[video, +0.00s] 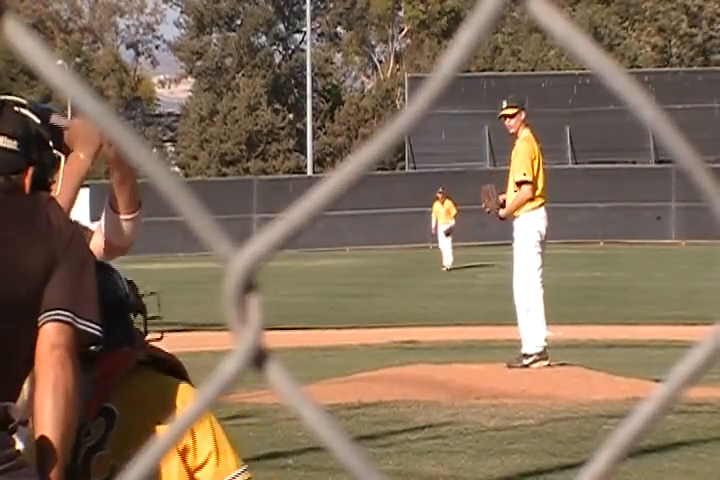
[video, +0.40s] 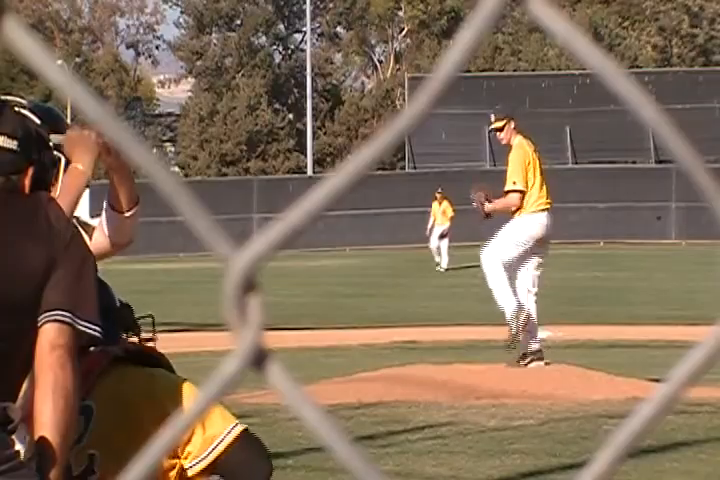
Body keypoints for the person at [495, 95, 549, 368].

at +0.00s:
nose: (508, 122)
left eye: (512, 116)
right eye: (505, 118)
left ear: (523, 116)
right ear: (505, 121)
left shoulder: (524, 145)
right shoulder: (524, 142)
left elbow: (527, 189)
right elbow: (523, 182)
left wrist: (507, 210)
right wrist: (505, 198)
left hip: (530, 215)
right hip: (527, 213)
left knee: (527, 281)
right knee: (525, 281)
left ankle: (534, 346)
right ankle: (532, 345)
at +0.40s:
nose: (498, 135)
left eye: (500, 129)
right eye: (495, 132)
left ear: (512, 126)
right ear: (503, 131)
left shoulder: (519, 148)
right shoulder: (525, 147)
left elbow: (515, 198)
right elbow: (520, 197)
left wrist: (489, 207)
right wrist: (493, 201)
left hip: (530, 218)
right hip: (541, 217)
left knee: (490, 257)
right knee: (525, 282)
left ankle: (513, 311)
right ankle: (533, 346)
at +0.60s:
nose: (491, 144)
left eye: (491, 138)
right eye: (488, 141)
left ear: (502, 132)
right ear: (500, 135)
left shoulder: (511, 152)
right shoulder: (518, 150)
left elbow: (504, 201)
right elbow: (509, 197)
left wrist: (473, 199)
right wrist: (478, 196)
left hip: (531, 212)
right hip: (543, 213)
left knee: (485, 214)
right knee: (530, 279)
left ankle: (515, 258)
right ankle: (532, 344)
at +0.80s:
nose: (477, 165)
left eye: (478, 159)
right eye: (474, 162)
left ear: (488, 152)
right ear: (486, 155)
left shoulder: (497, 167)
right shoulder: (505, 167)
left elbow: (493, 212)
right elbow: (504, 216)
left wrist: (472, 238)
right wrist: (485, 241)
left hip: (536, 217)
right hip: (547, 215)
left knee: (498, 252)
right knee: (530, 280)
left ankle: (544, 266)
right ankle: (533, 346)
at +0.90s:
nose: (470, 185)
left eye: (471, 178)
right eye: (467, 182)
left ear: (482, 170)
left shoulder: (491, 183)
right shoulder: (498, 181)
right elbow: (512, 233)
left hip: (540, 219)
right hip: (546, 218)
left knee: (509, 268)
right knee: (532, 284)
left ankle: (542, 307)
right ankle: (532, 348)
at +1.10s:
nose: (463, 224)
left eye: (462, 218)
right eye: (460, 221)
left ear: (470, 209)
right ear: (471, 209)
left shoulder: (481, 214)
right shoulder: (486, 213)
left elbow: (488, 243)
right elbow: (508, 249)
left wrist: (483, 263)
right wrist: (494, 260)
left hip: (540, 230)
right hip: (536, 232)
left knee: (517, 287)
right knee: (510, 290)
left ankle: (506, 346)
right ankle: (528, 347)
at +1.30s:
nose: (458, 240)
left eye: (458, 234)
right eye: (455, 237)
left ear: (466, 226)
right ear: (463, 228)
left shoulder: (477, 240)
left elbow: (486, 207)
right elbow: (478, 184)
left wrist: (509, 190)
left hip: (535, 267)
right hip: (530, 268)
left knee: (513, 306)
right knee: (512, 307)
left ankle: (497, 364)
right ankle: (527, 352)